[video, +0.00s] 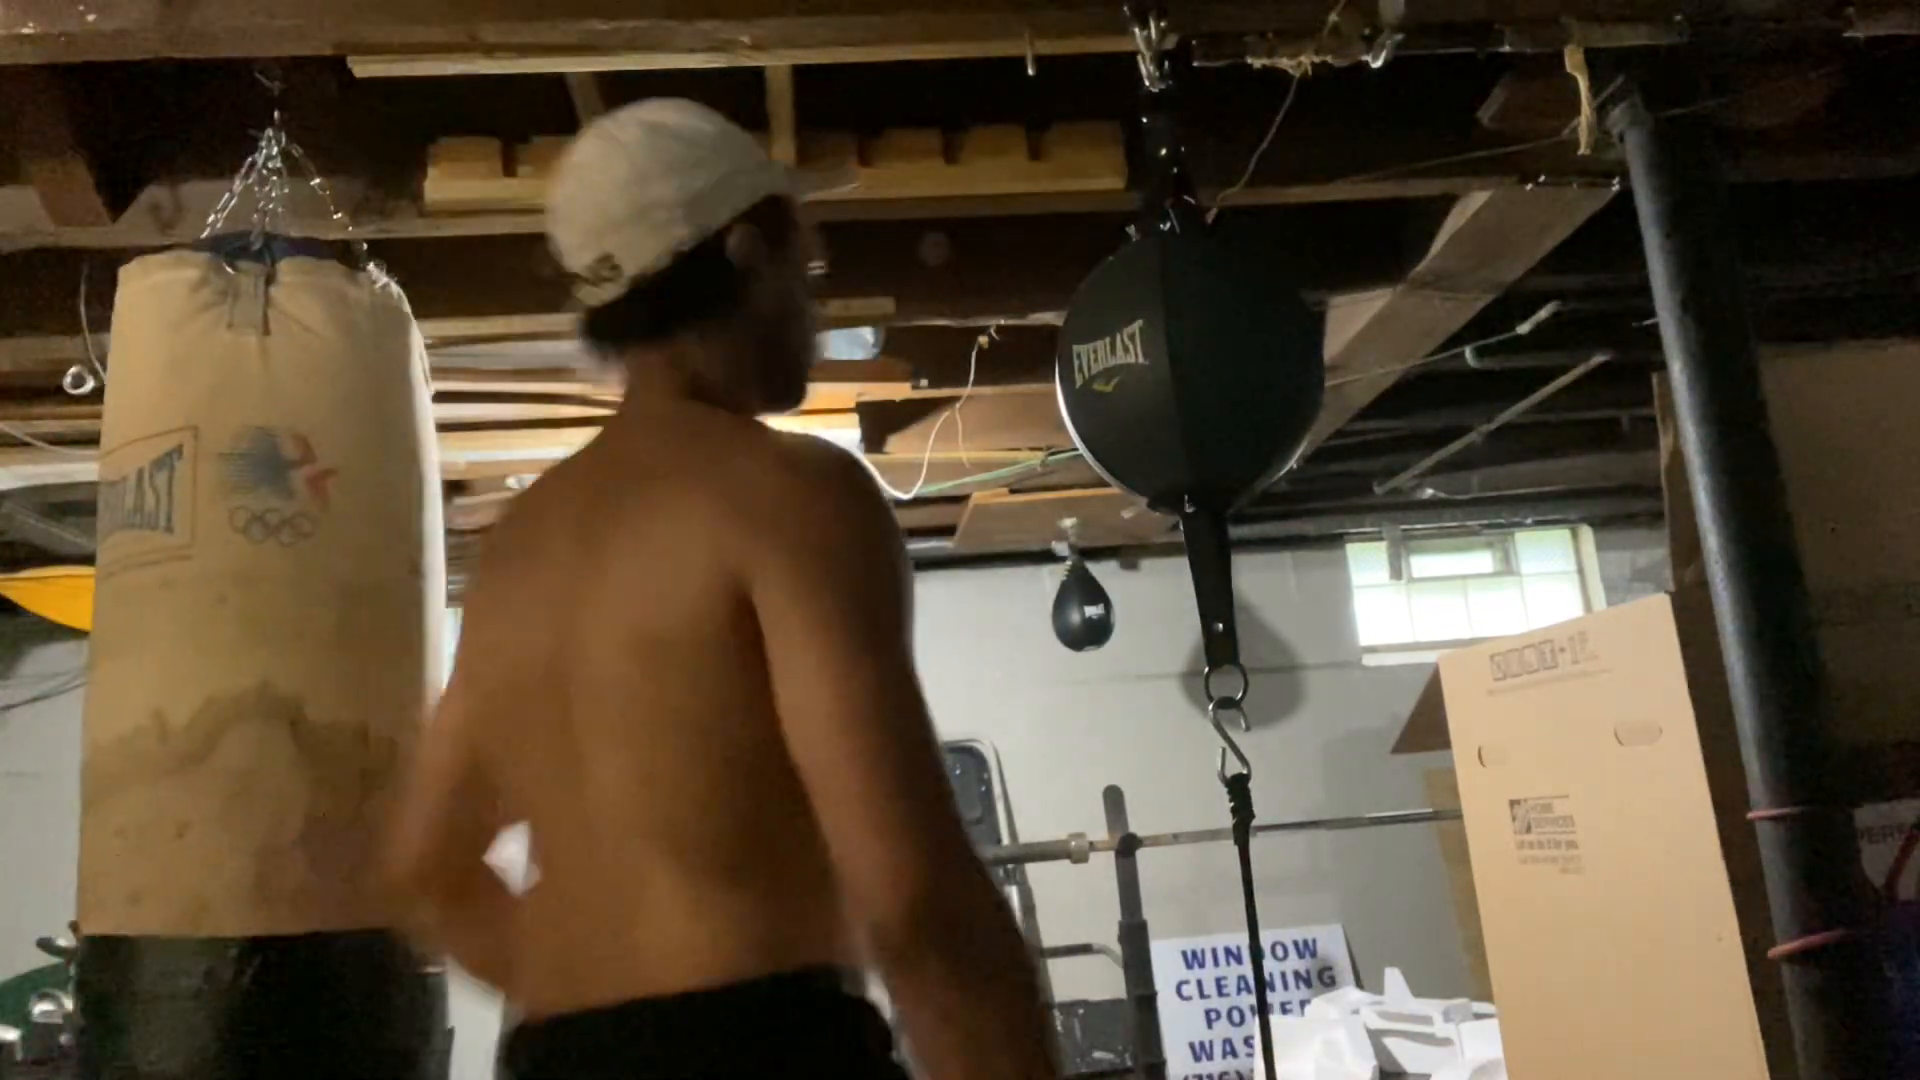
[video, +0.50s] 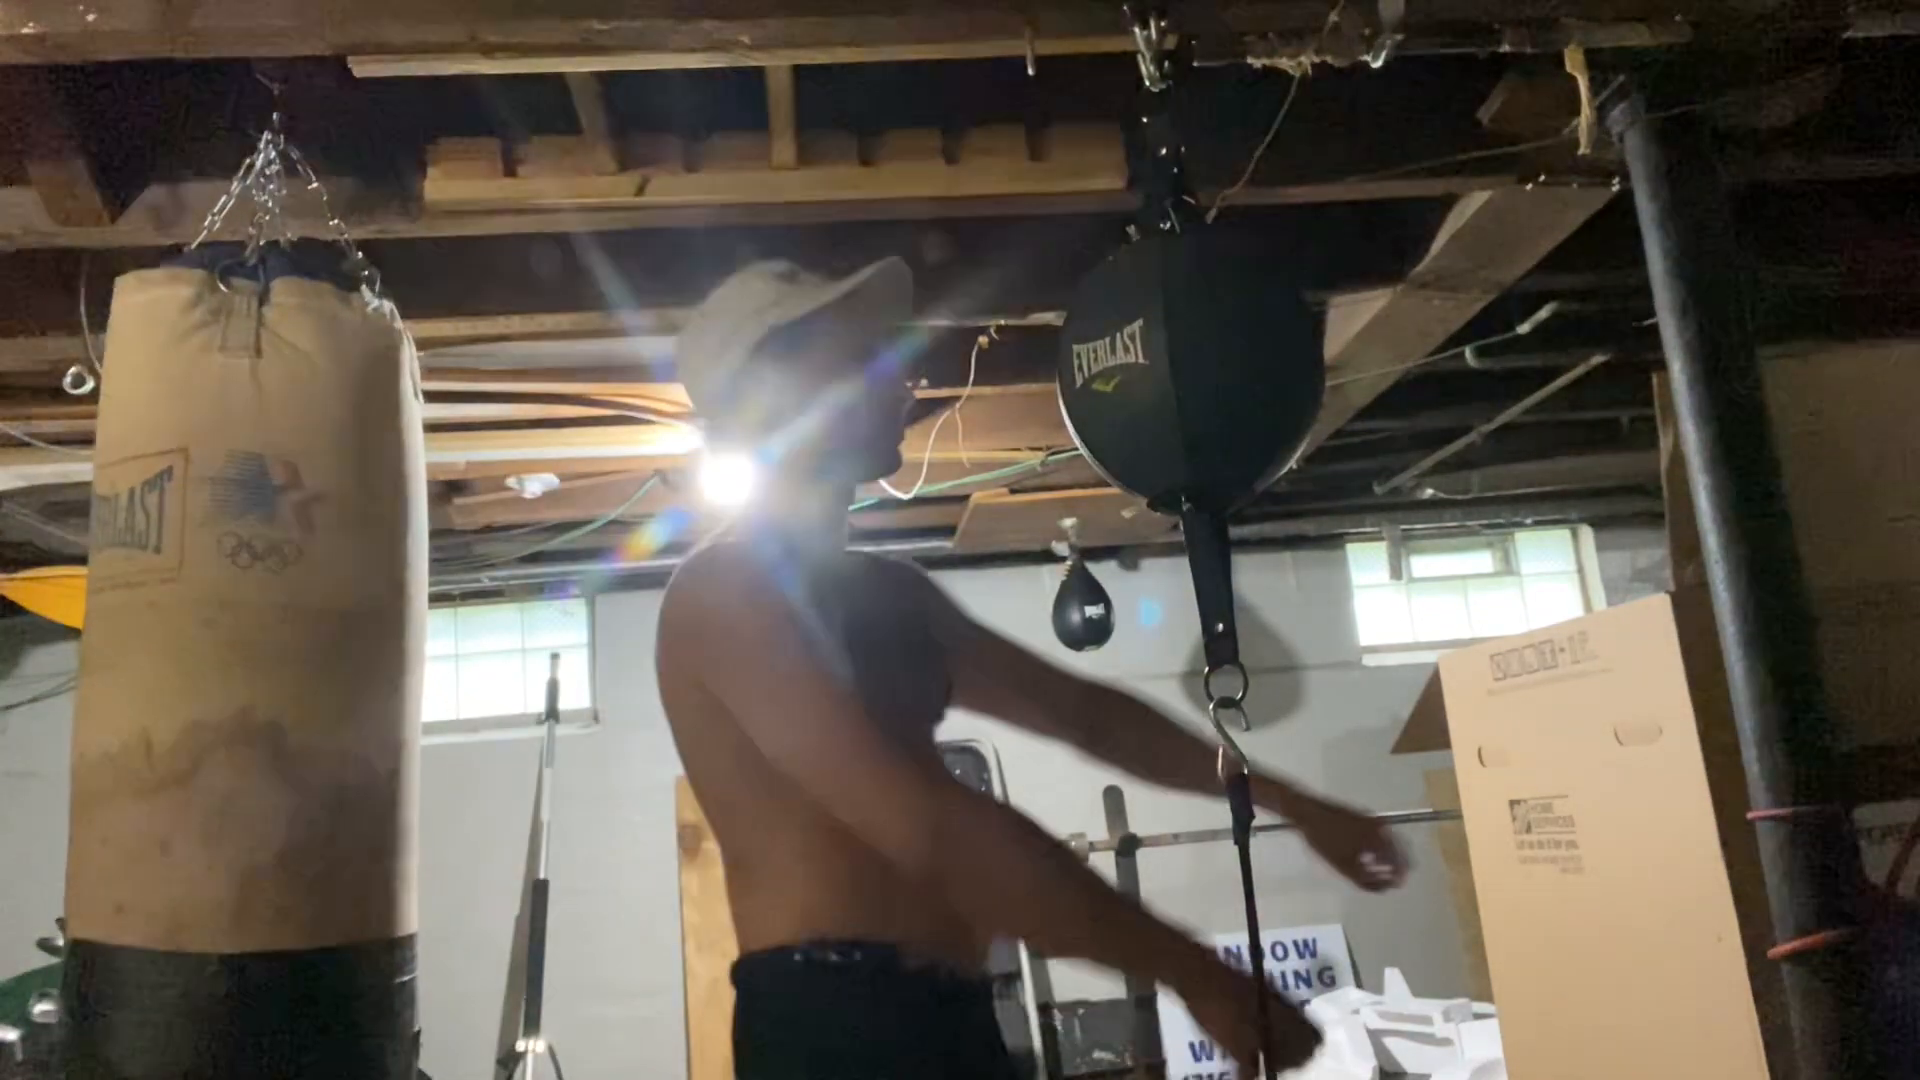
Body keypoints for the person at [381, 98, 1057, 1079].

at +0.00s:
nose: (812, 296)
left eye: (804, 261)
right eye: (796, 261)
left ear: (624, 296)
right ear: (741, 256)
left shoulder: (523, 532)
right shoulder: (786, 488)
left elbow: (424, 865)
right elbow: (912, 904)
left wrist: (581, 988)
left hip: (560, 1044)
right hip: (765, 1023)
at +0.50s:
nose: (907, 381)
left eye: (897, 355)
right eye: (871, 358)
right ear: (780, 393)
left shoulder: (887, 589)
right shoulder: (727, 584)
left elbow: (1081, 709)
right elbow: (928, 830)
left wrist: (1288, 802)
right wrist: (1196, 974)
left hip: (956, 1021)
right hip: (837, 1026)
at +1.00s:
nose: (805, 427)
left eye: (830, 406)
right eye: (776, 411)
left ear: (873, 435)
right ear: (741, 446)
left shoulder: (924, 550)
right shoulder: (688, 588)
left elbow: (994, 592)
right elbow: (750, 655)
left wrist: (742, 498)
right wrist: (982, 549)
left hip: (961, 983)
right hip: (792, 993)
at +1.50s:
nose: (687, 422)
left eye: (717, 400)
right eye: (663, 405)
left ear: (775, 429)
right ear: (642, 438)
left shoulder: (846, 607)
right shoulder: (575, 602)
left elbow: (988, 675)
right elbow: (323, 709)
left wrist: (812, 480)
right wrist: (412, 499)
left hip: (852, 1030)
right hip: (660, 1036)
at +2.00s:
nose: (834, 443)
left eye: (857, 414)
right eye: (805, 423)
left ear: (904, 432)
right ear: (777, 459)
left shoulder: (980, 607)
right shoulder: (709, 620)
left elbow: (1127, 696)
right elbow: (483, 716)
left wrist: (947, 493)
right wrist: (461, 483)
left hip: (996, 1032)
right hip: (811, 1039)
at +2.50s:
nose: (751, 451)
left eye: (782, 424)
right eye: (722, 433)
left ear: (838, 452)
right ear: (691, 466)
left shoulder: (920, 615)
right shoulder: (656, 632)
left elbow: (967, 720)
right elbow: (608, 754)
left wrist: (764, 575)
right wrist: (592, 451)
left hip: (926, 1047)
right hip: (738, 1050)